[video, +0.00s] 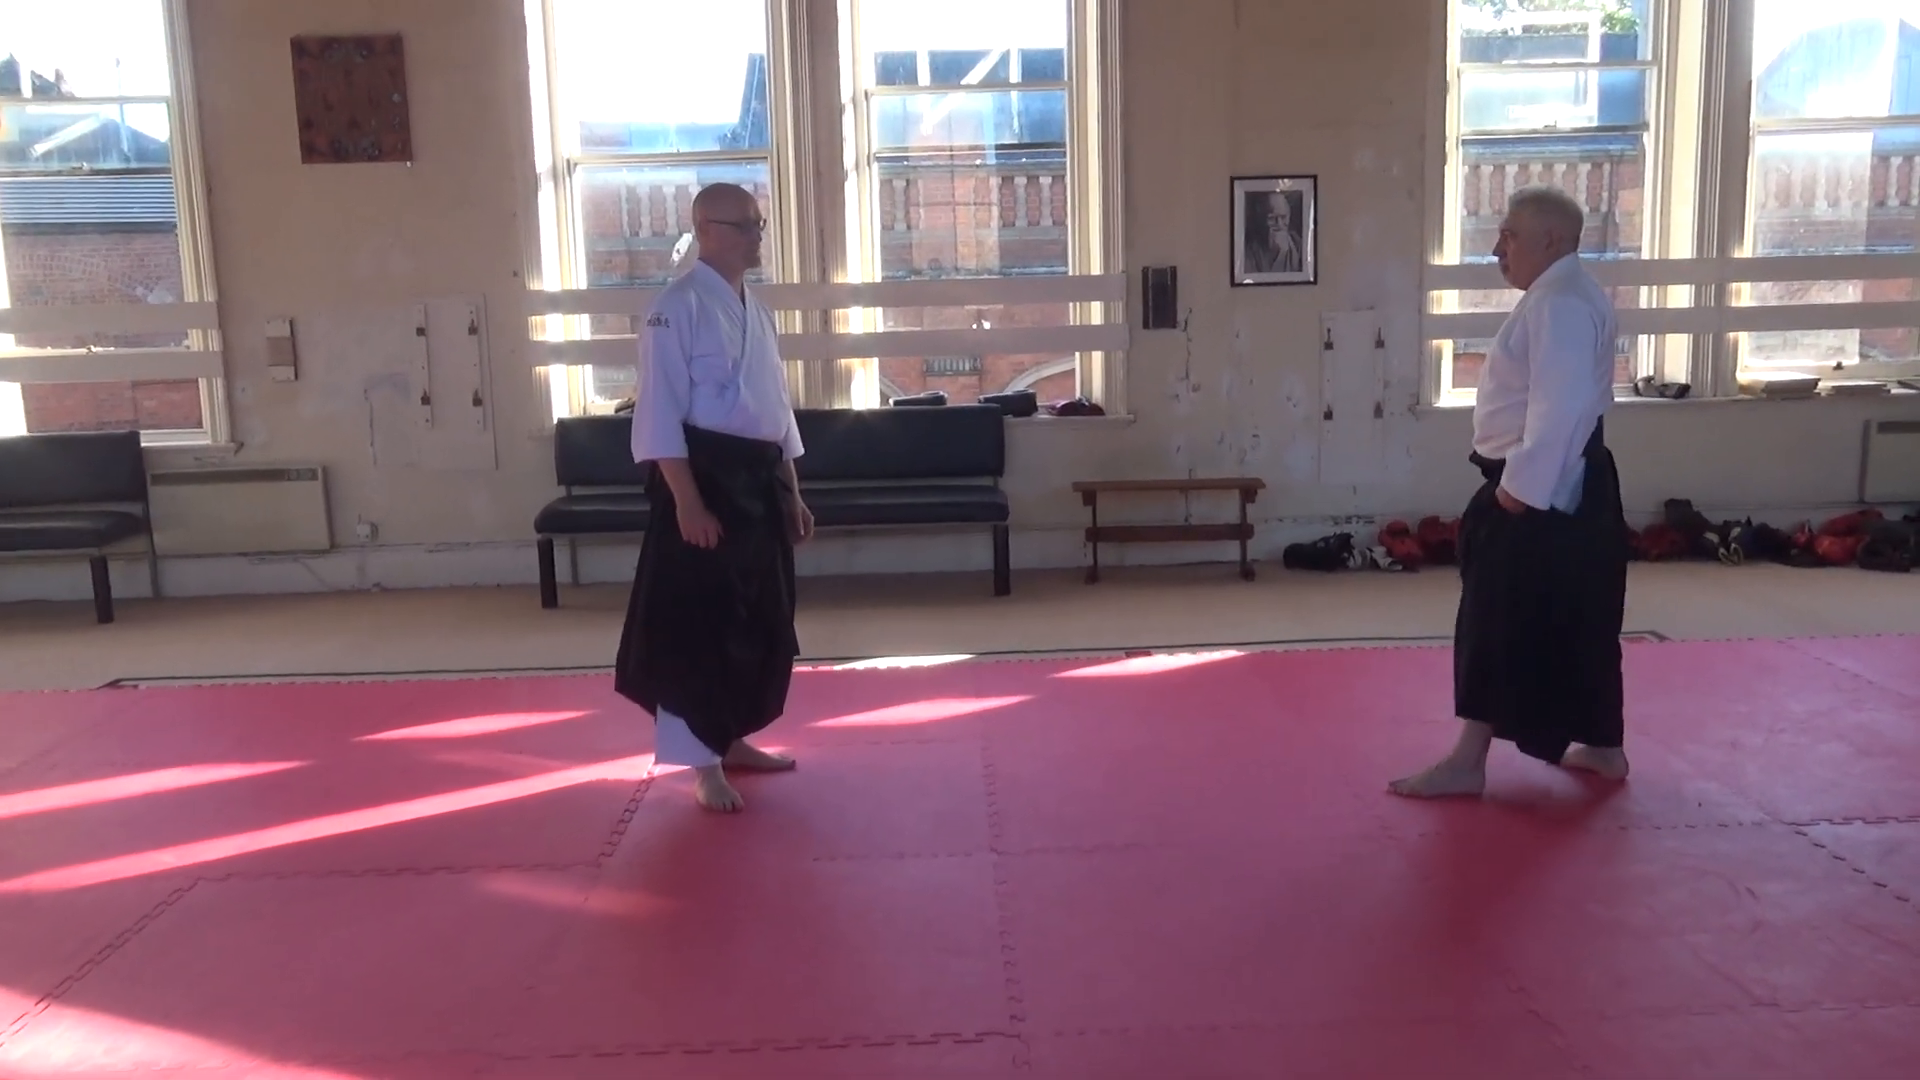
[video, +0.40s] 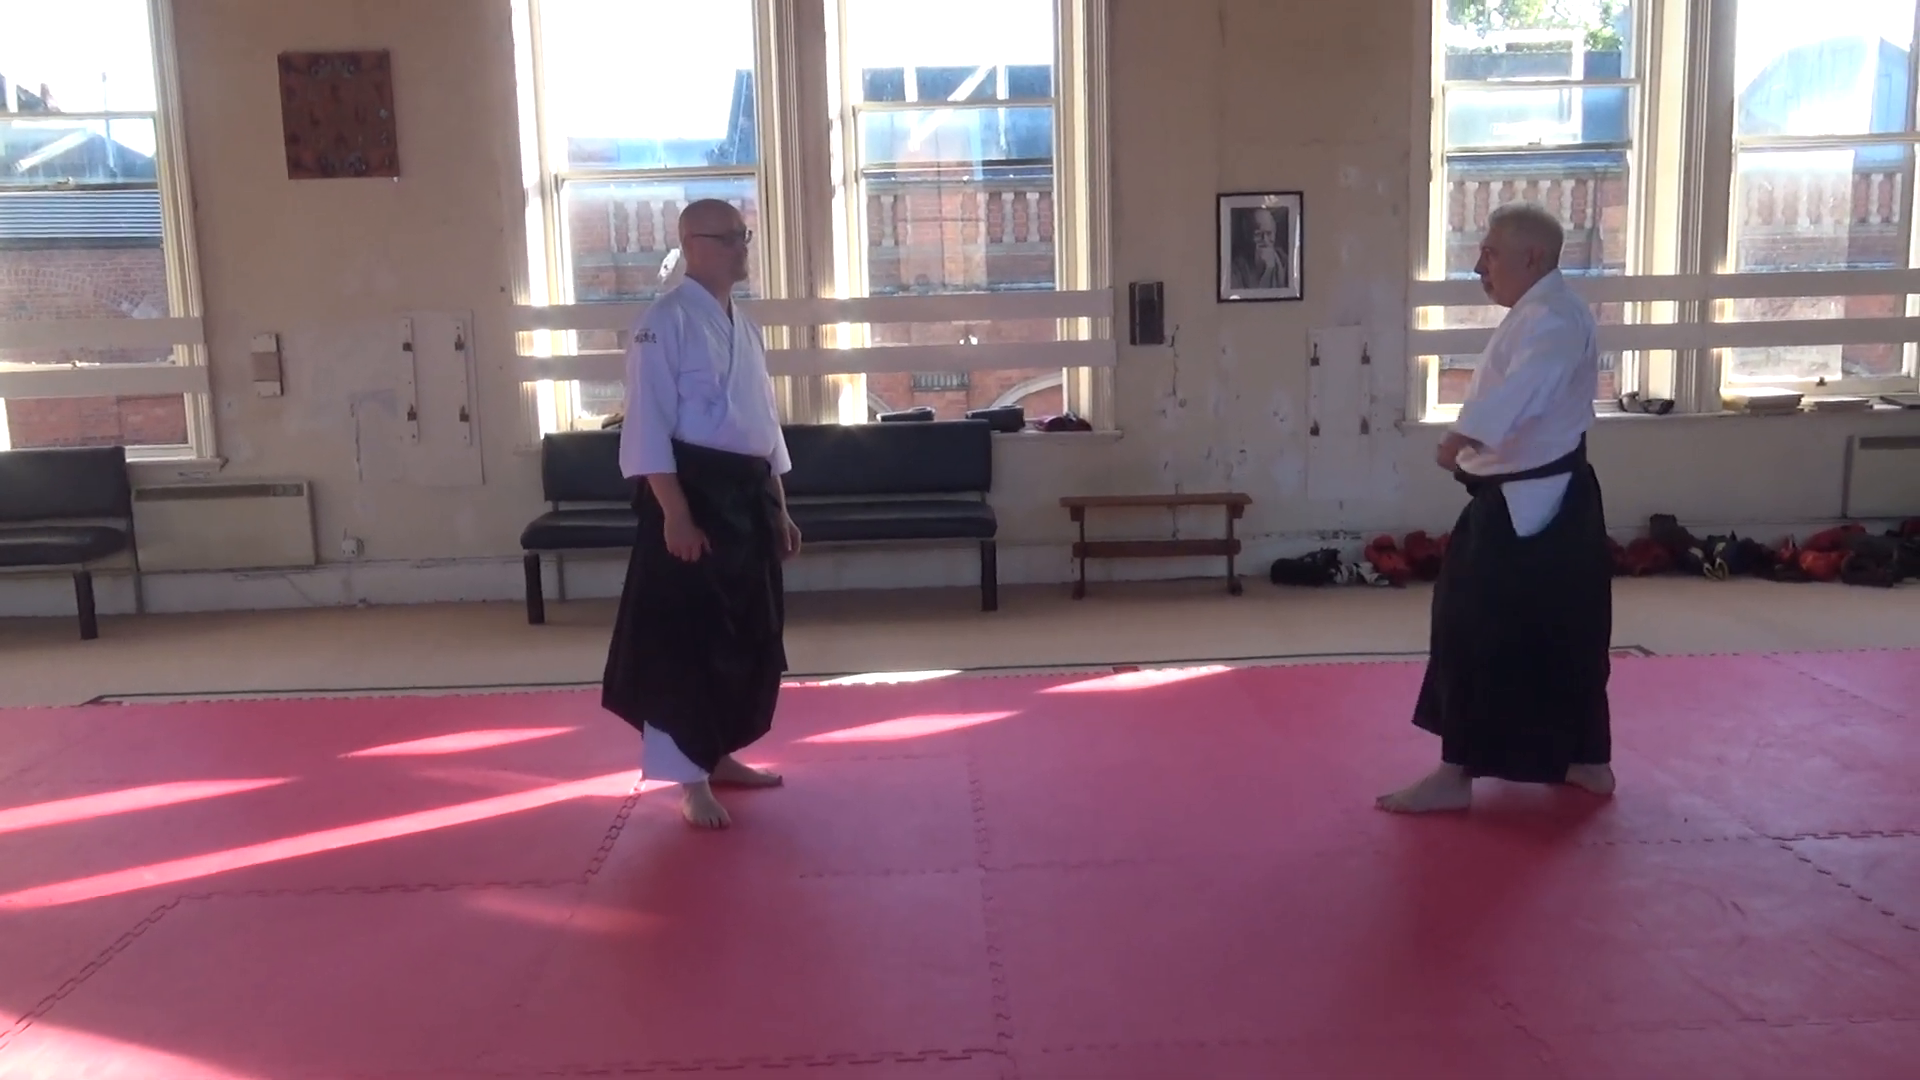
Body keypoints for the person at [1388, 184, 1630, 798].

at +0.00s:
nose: (1497, 246)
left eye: (1508, 234)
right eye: (1501, 233)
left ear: (1548, 241)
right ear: (1555, 242)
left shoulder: (1558, 303)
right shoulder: (1579, 294)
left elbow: (1560, 406)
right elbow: (1578, 401)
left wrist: (1520, 488)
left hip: (1531, 487)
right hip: (1578, 481)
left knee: (1490, 625)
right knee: (1585, 618)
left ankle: (1467, 760)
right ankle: (1605, 746)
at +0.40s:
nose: (1480, 263)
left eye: (1490, 253)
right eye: (1482, 251)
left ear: (1531, 258)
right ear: (1532, 259)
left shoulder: (1550, 322)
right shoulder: (1542, 312)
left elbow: (1506, 406)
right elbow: (1516, 405)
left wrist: (1457, 439)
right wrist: (1472, 436)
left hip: (1525, 502)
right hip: (1551, 495)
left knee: (1466, 630)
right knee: (1568, 631)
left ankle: (1454, 774)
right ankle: (1589, 762)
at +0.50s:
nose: (1477, 269)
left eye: (1487, 258)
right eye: (1479, 257)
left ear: (1528, 262)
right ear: (1531, 263)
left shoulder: (1543, 317)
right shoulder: (1556, 309)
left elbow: (1497, 360)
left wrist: (1433, 394)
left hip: (1514, 504)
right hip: (1555, 497)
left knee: (1460, 634)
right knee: (1567, 633)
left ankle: (1451, 776)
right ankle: (1586, 764)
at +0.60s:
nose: (1476, 270)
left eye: (1487, 259)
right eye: (1479, 258)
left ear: (1528, 264)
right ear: (1531, 266)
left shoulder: (1551, 321)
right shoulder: (1524, 319)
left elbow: (1485, 355)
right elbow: (1459, 350)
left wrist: (1404, 377)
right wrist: (1404, 374)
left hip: (1523, 506)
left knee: (1457, 642)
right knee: (1566, 636)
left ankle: (1447, 780)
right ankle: (1585, 768)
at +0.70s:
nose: (1476, 276)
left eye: (1487, 264)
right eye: (1477, 264)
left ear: (1528, 267)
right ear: (1526, 269)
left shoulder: (1544, 334)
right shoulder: (1523, 327)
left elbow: (1470, 382)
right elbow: (1451, 359)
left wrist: (1375, 399)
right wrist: (1378, 374)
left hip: (1517, 511)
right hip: (1547, 506)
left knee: (1460, 646)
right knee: (1562, 642)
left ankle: (1444, 784)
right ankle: (1582, 771)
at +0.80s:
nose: (1469, 280)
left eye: (1480, 268)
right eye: (1471, 268)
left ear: (1520, 272)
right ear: (1522, 273)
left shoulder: (1533, 339)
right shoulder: (1534, 329)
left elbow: (1461, 415)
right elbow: (1452, 393)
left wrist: (1364, 443)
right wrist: (1371, 414)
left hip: (1509, 515)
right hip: (1548, 509)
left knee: (1456, 648)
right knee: (1560, 646)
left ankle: (1442, 787)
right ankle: (1579, 775)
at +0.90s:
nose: (1461, 284)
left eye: (1471, 272)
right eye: (1463, 272)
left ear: (1513, 274)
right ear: (1516, 275)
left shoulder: (1522, 343)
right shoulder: (1528, 330)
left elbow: (1471, 434)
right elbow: (1455, 417)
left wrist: (1384, 484)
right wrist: (1377, 456)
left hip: (1506, 518)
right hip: (1545, 511)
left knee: (1455, 649)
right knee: (1557, 647)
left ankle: (1440, 789)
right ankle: (1577, 777)